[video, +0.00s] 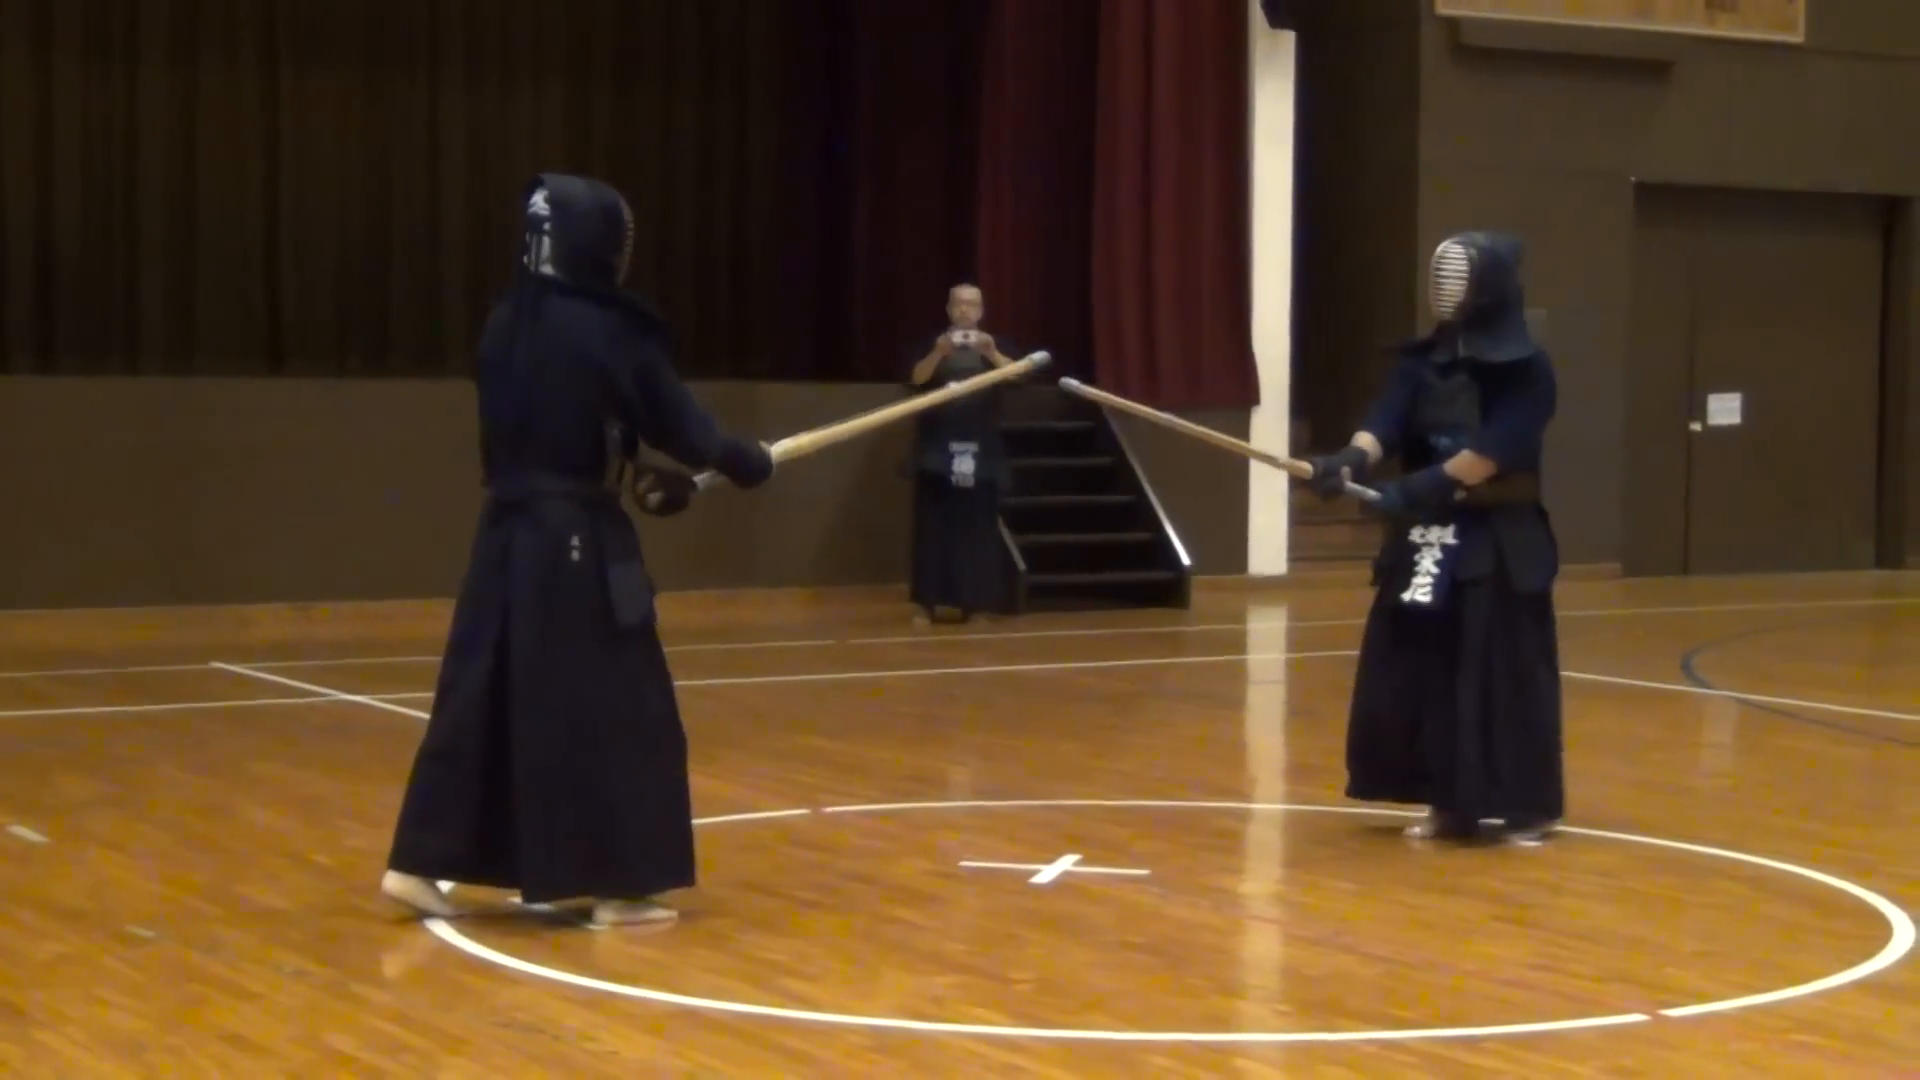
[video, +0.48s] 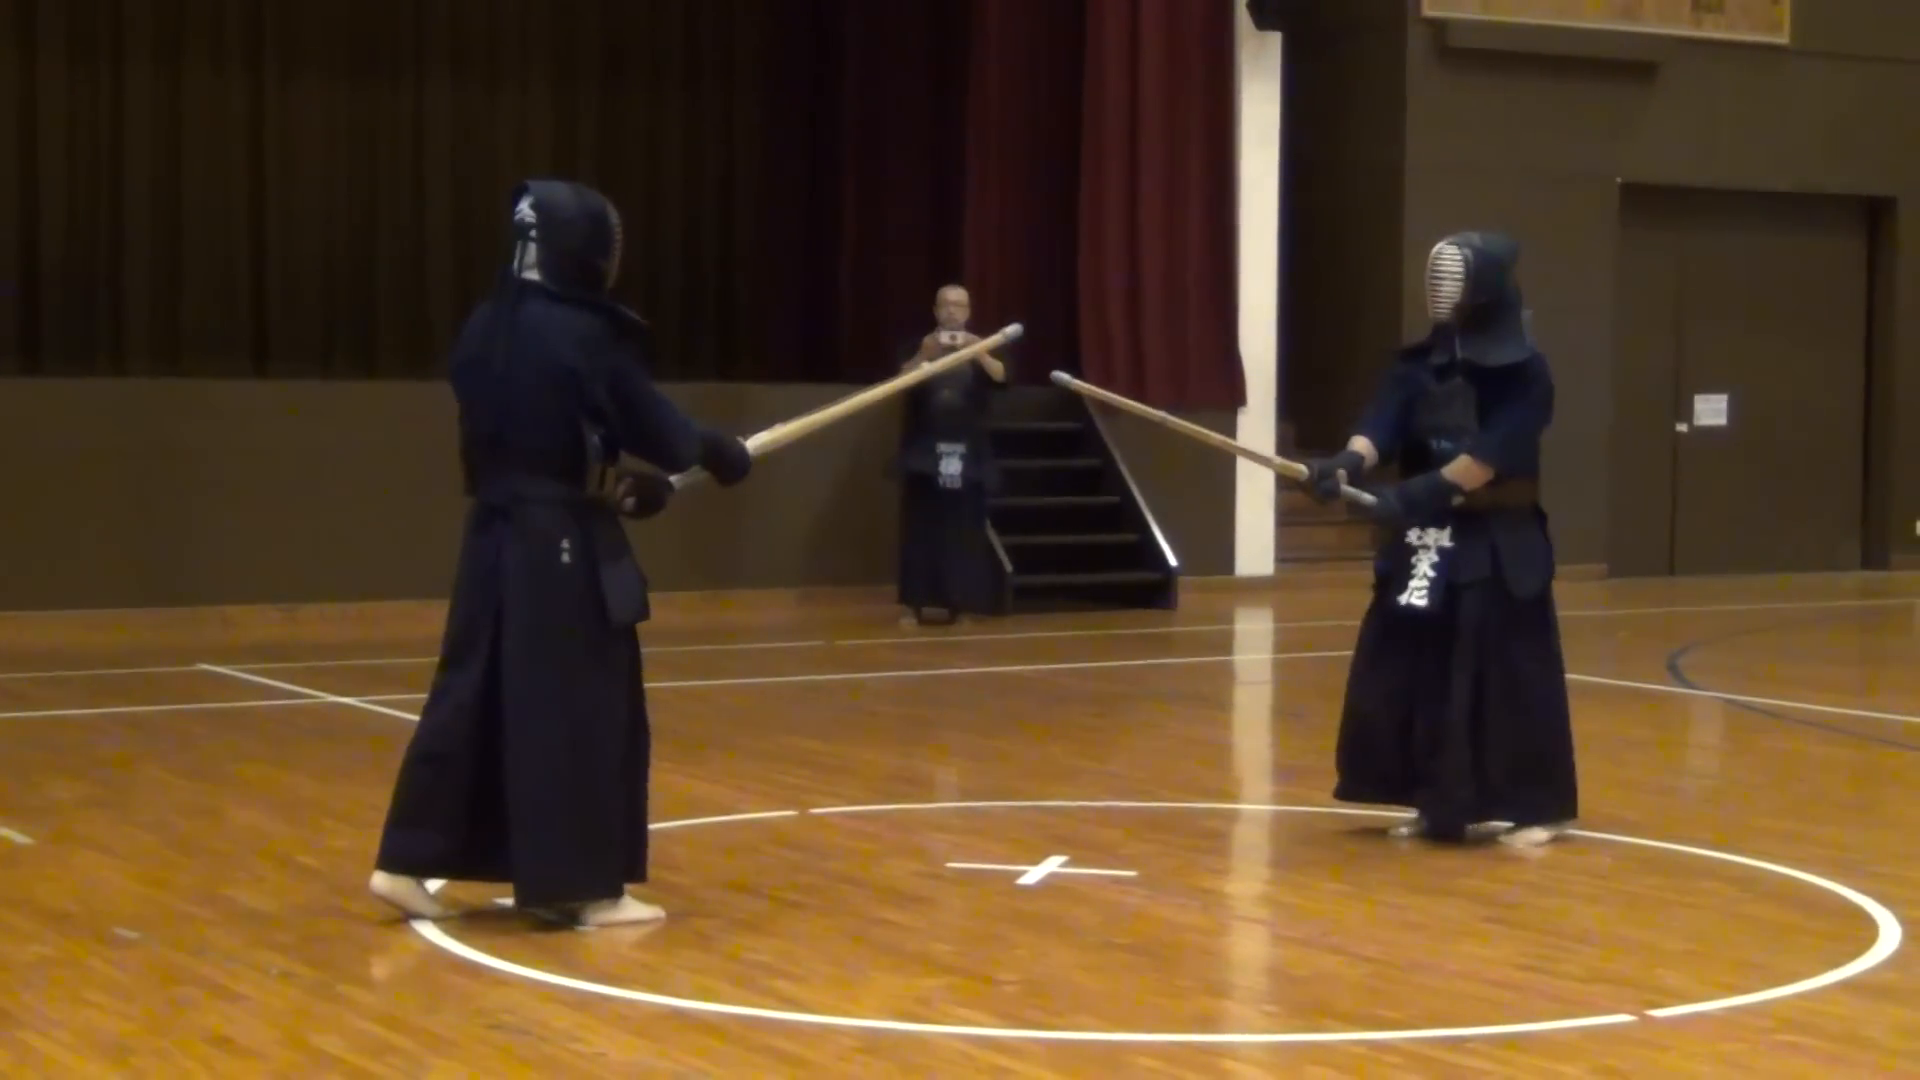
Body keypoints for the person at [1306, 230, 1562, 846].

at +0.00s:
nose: (1442, 291)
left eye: (1455, 279)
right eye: (1439, 278)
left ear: (1491, 286)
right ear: (1435, 282)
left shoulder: (1523, 368)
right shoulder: (1421, 360)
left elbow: (1493, 454)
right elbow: (1386, 421)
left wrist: (1412, 491)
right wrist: (1350, 460)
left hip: (1502, 534)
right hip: (1431, 531)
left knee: (1504, 667)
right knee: (1434, 661)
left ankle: (1523, 806)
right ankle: (1450, 798)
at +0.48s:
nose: (1439, 295)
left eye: (1452, 284)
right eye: (1436, 282)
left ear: (1487, 288)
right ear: (1433, 285)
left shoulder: (1521, 369)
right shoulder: (1419, 361)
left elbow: (1492, 456)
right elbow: (1382, 421)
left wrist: (1412, 497)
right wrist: (1348, 463)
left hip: (1501, 536)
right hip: (1428, 532)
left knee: (1505, 666)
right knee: (1422, 662)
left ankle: (1535, 806)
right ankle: (1437, 800)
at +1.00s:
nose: (1444, 296)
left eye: (1457, 286)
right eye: (1441, 284)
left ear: (1493, 291)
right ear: (1438, 287)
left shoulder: (1526, 373)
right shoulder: (1422, 364)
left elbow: (1495, 462)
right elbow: (1390, 426)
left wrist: (1418, 502)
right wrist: (1356, 466)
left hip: (1500, 541)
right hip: (1426, 534)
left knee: (1496, 671)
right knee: (1407, 664)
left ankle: (1507, 810)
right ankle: (1401, 802)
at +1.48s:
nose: (1373, 297)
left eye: (1386, 286)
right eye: (1371, 285)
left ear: (1420, 292)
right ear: (1369, 289)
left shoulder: (1455, 372)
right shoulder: (1352, 364)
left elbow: (1426, 458)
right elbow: (1317, 424)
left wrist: (1352, 500)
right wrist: (1286, 467)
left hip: (1434, 536)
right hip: (1361, 531)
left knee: (1444, 665)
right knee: (1353, 662)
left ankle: (1482, 806)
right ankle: (1360, 803)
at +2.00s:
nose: (1354, 294)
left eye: (1368, 282)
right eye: (1353, 281)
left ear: (1404, 288)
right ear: (1350, 284)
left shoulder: (1440, 370)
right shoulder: (1338, 362)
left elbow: (1412, 463)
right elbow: (1305, 426)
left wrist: (1335, 504)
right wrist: (1273, 472)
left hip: (1417, 534)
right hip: (1346, 529)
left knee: (1431, 663)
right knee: (1337, 660)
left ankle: (1469, 803)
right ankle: (1345, 799)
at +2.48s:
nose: (1346, 297)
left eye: (1359, 286)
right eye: (1345, 285)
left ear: (1394, 291)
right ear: (1344, 289)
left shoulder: (1429, 372)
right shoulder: (1329, 366)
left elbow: (1396, 458)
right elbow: (1291, 424)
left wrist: (1322, 499)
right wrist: (1255, 464)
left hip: (1408, 533)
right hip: (1337, 529)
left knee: (1420, 663)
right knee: (1327, 661)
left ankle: (1461, 802)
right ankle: (1337, 798)